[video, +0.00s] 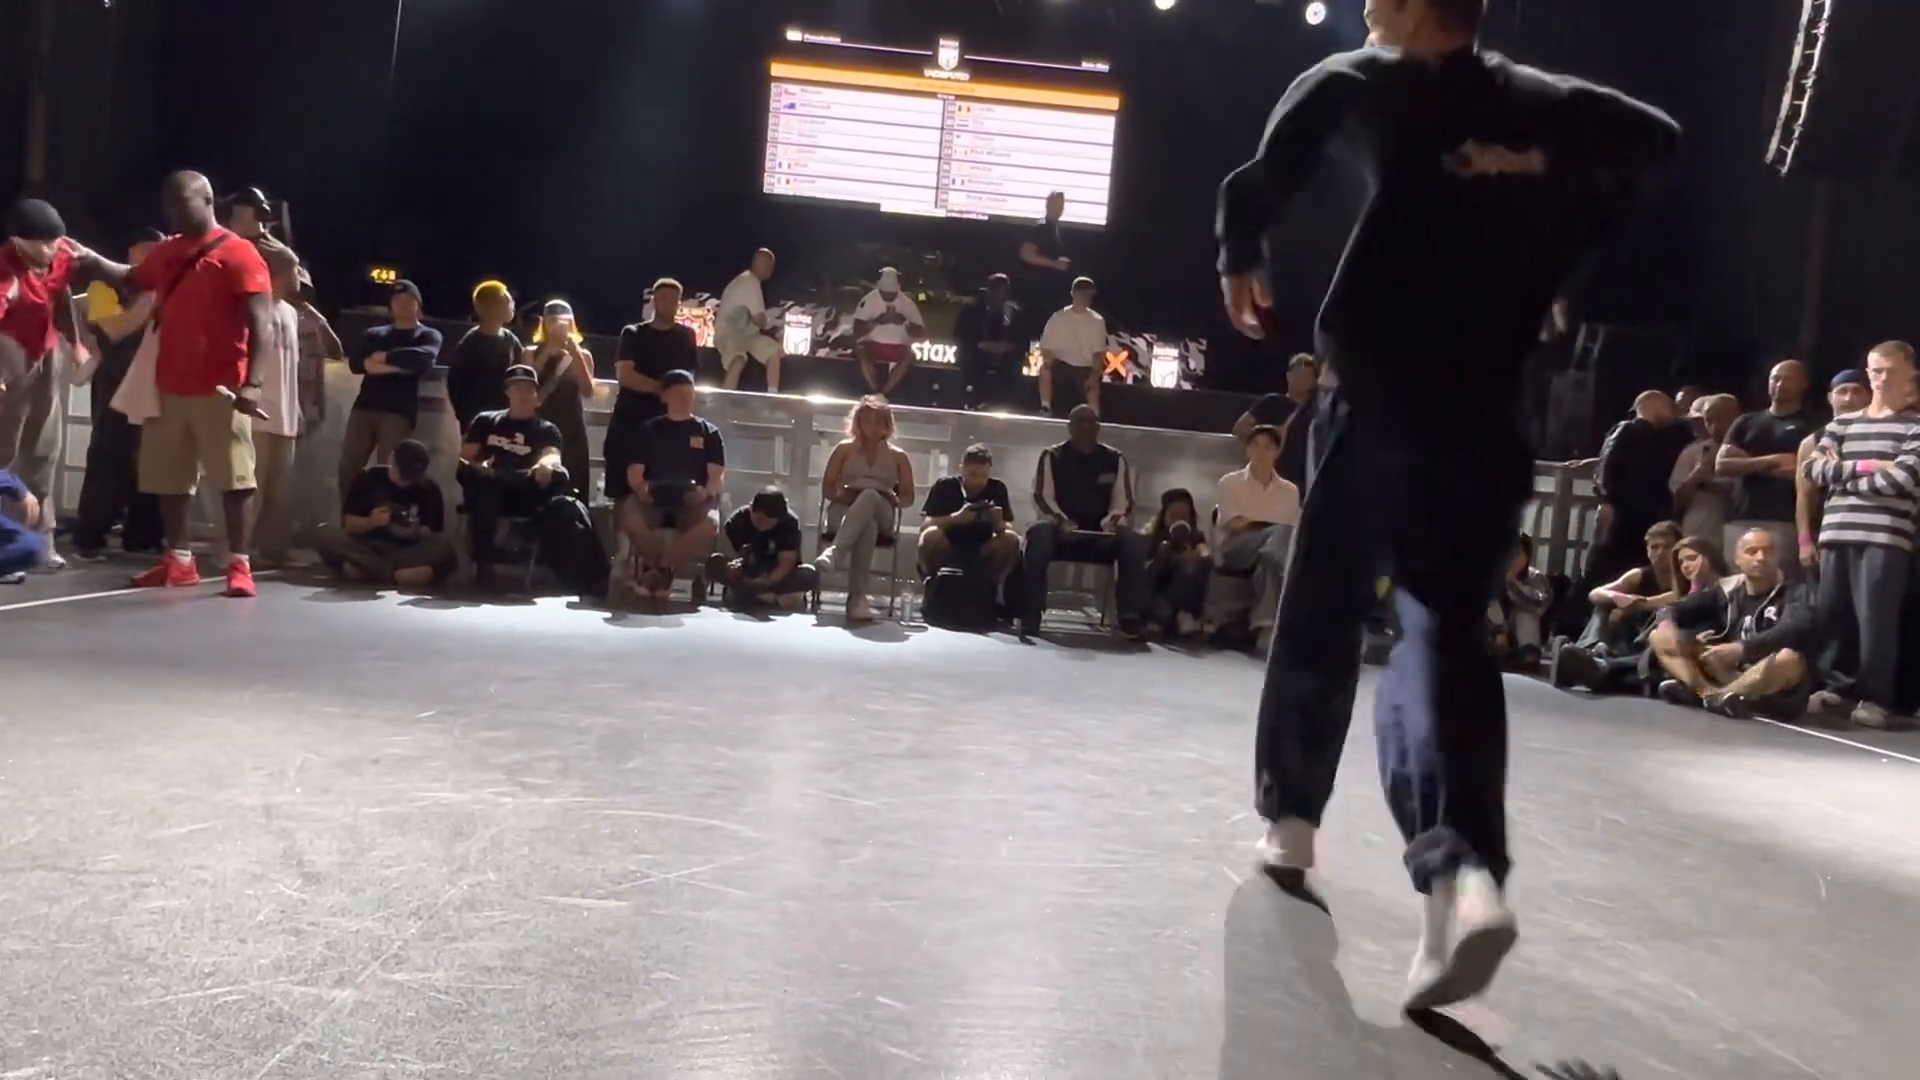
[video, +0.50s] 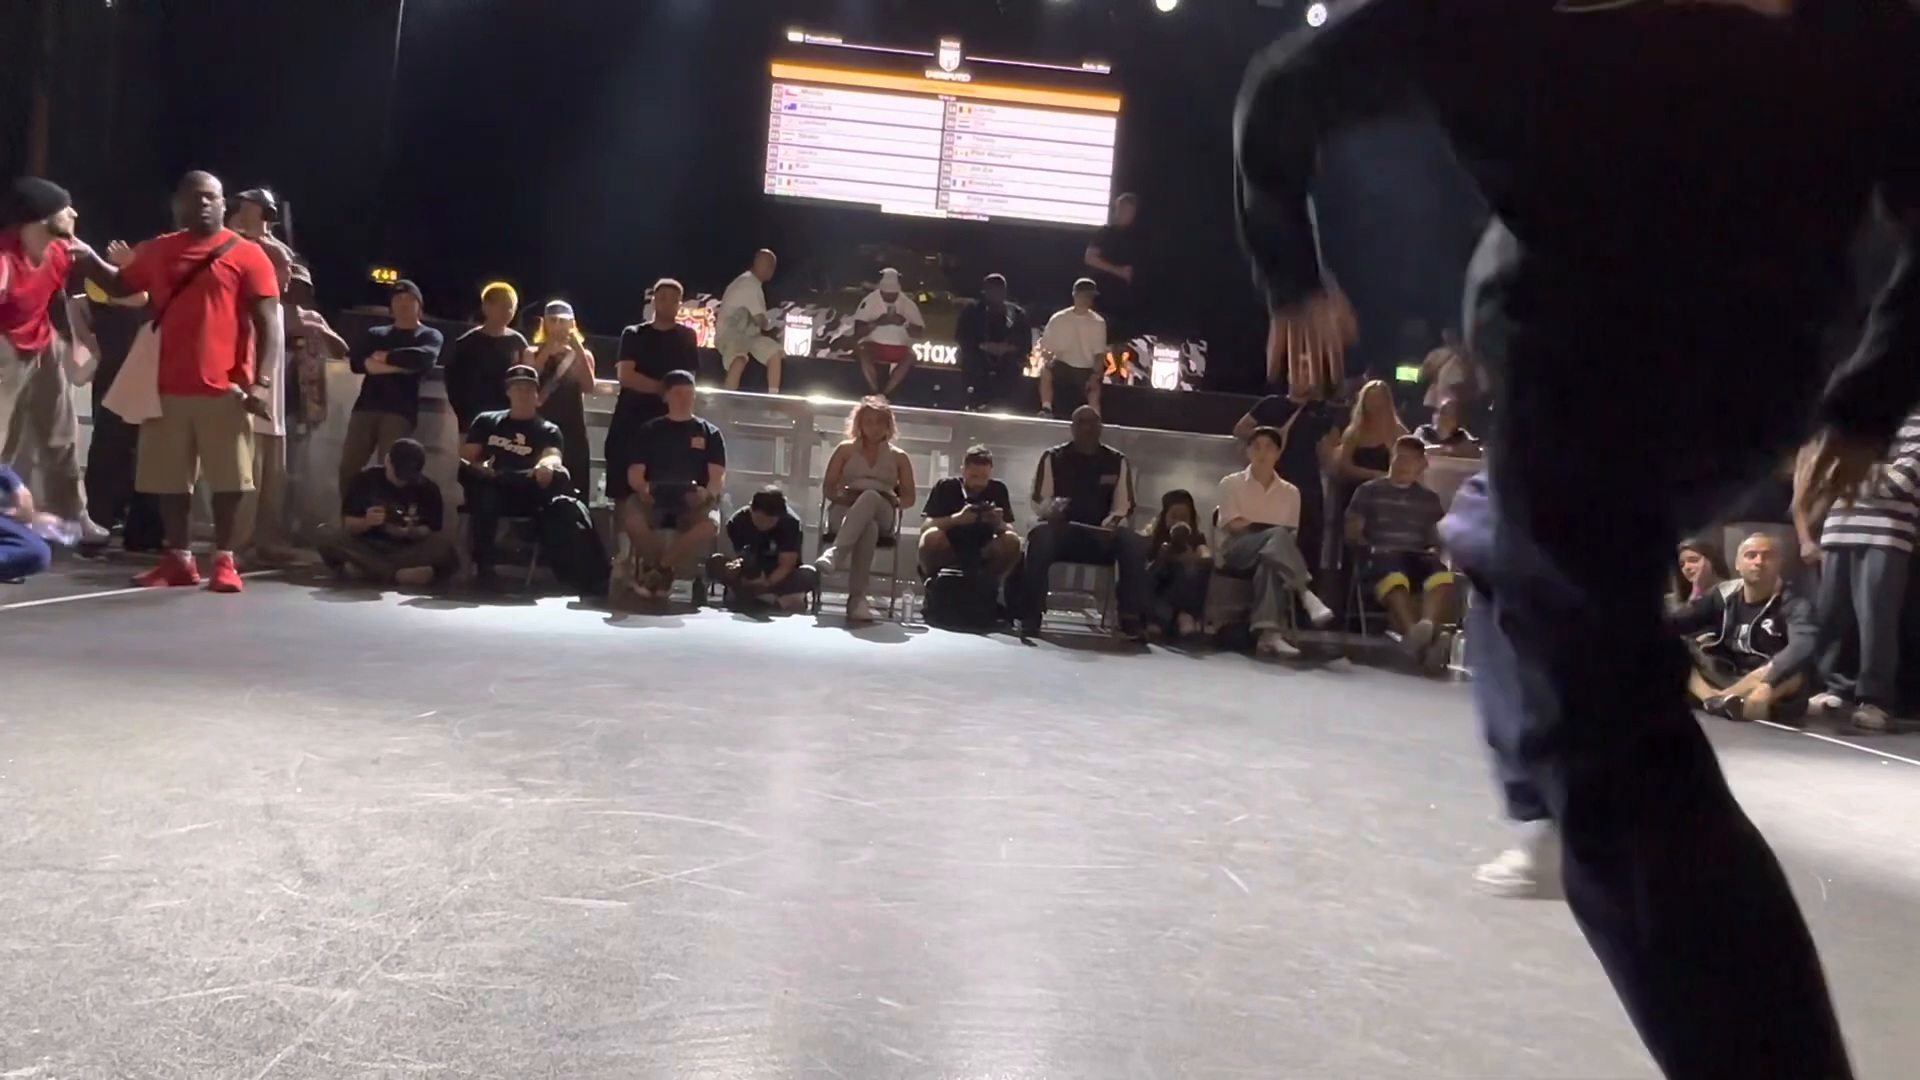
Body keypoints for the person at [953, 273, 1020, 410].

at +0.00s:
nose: (999, 295)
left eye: (1003, 291)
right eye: (995, 290)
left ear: (1007, 293)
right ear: (988, 290)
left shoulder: (1014, 312)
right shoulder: (973, 310)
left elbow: (1021, 342)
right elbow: (962, 338)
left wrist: (1006, 347)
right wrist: (984, 346)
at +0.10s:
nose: (998, 296)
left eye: (1002, 291)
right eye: (995, 291)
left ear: (1007, 293)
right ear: (988, 291)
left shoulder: (1016, 314)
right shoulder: (974, 311)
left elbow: (1024, 344)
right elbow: (964, 341)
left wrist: (1007, 348)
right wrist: (983, 347)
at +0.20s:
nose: (998, 295)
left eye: (1002, 291)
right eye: (994, 290)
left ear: (1007, 293)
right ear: (987, 291)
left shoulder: (1016, 314)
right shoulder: (973, 311)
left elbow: (1024, 346)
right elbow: (962, 338)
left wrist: (1006, 348)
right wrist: (983, 346)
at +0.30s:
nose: (996, 295)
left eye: (1000, 291)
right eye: (992, 290)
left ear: (1006, 293)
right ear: (986, 291)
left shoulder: (1017, 314)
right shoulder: (973, 310)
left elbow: (1023, 345)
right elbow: (961, 336)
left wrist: (1006, 347)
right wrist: (982, 346)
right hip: (978, 369)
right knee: (969, 353)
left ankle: (1007, 401)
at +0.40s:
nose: (995, 295)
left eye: (999, 291)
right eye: (992, 290)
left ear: (1005, 293)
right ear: (985, 291)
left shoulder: (1017, 314)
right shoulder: (973, 311)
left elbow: (1023, 345)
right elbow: (961, 336)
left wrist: (1006, 348)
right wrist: (983, 346)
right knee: (969, 354)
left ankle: (1008, 401)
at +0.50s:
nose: (994, 295)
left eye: (998, 290)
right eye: (990, 290)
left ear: (1004, 292)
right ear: (984, 291)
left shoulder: (1017, 314)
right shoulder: (973, 311)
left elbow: (1024, 345)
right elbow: (962, 338)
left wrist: (1006, 349)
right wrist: (983, 347)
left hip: (1007, 377)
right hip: (978, 374)